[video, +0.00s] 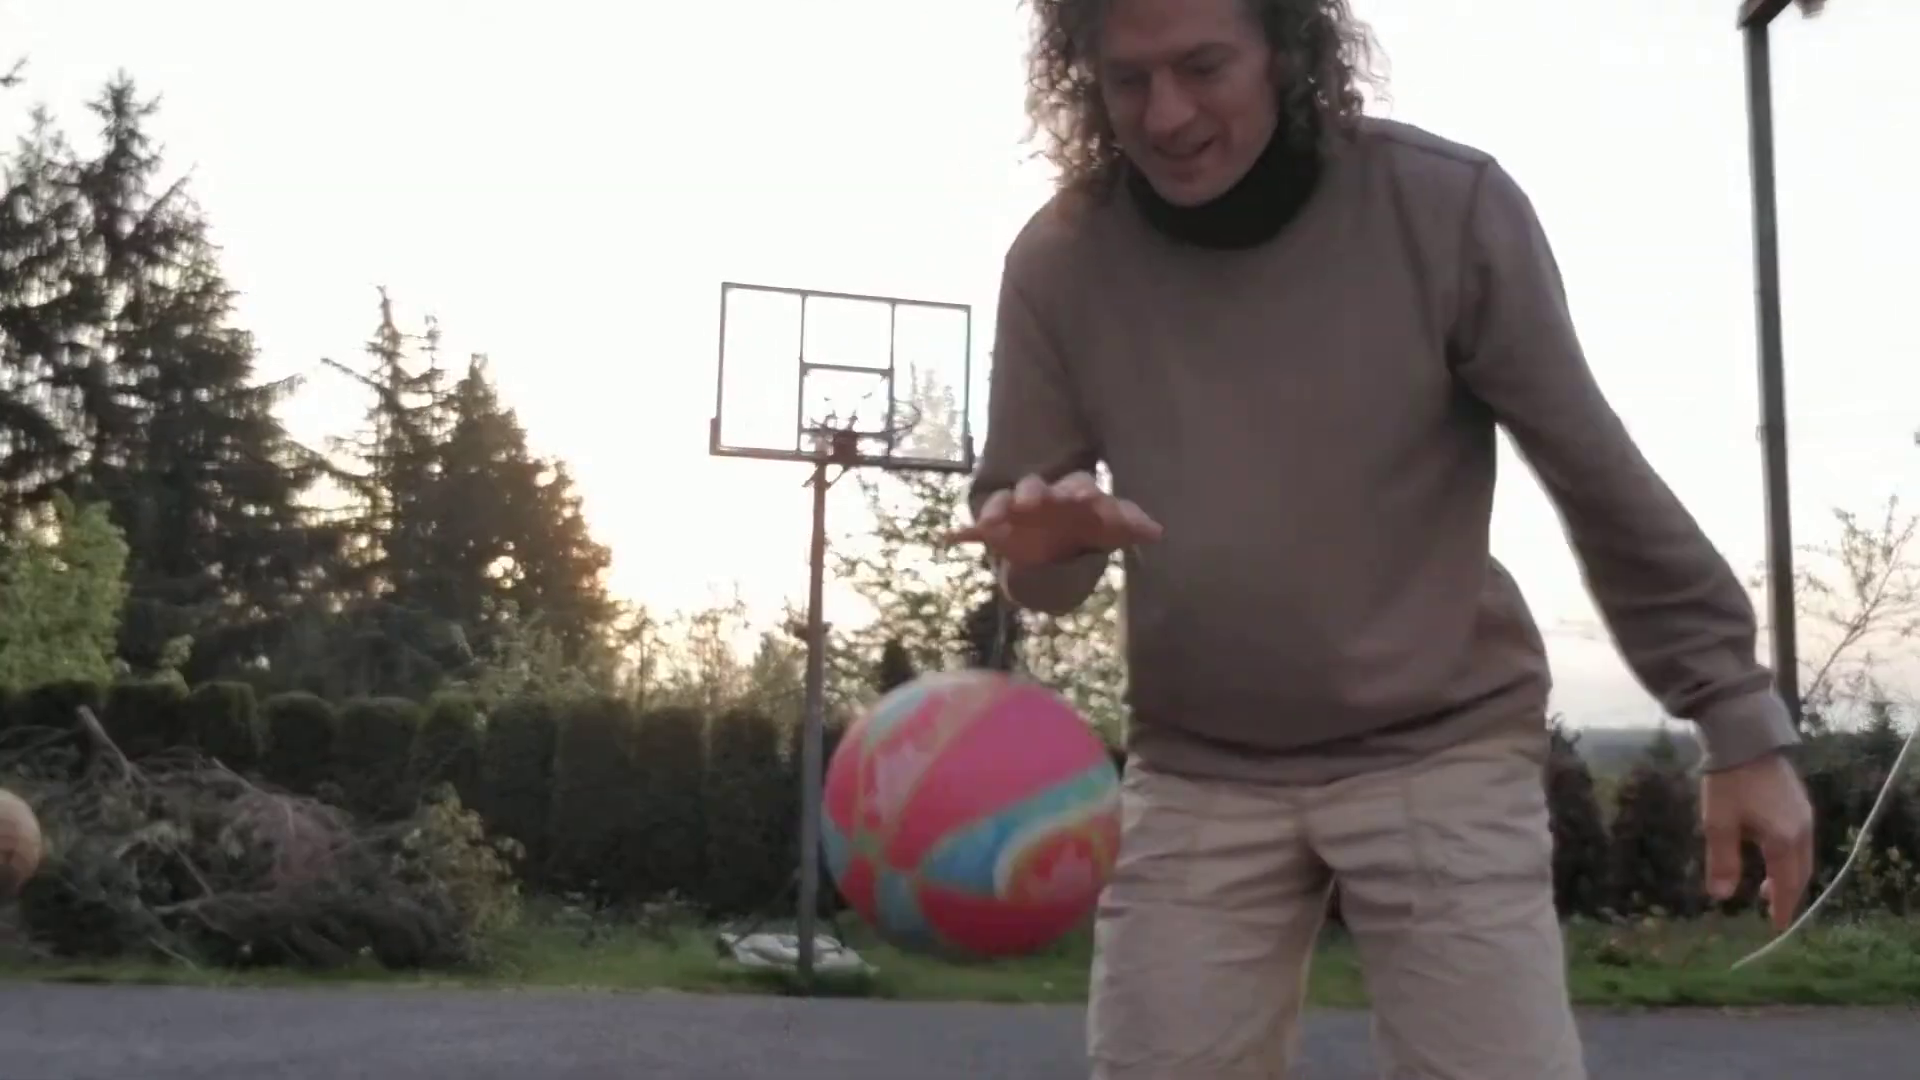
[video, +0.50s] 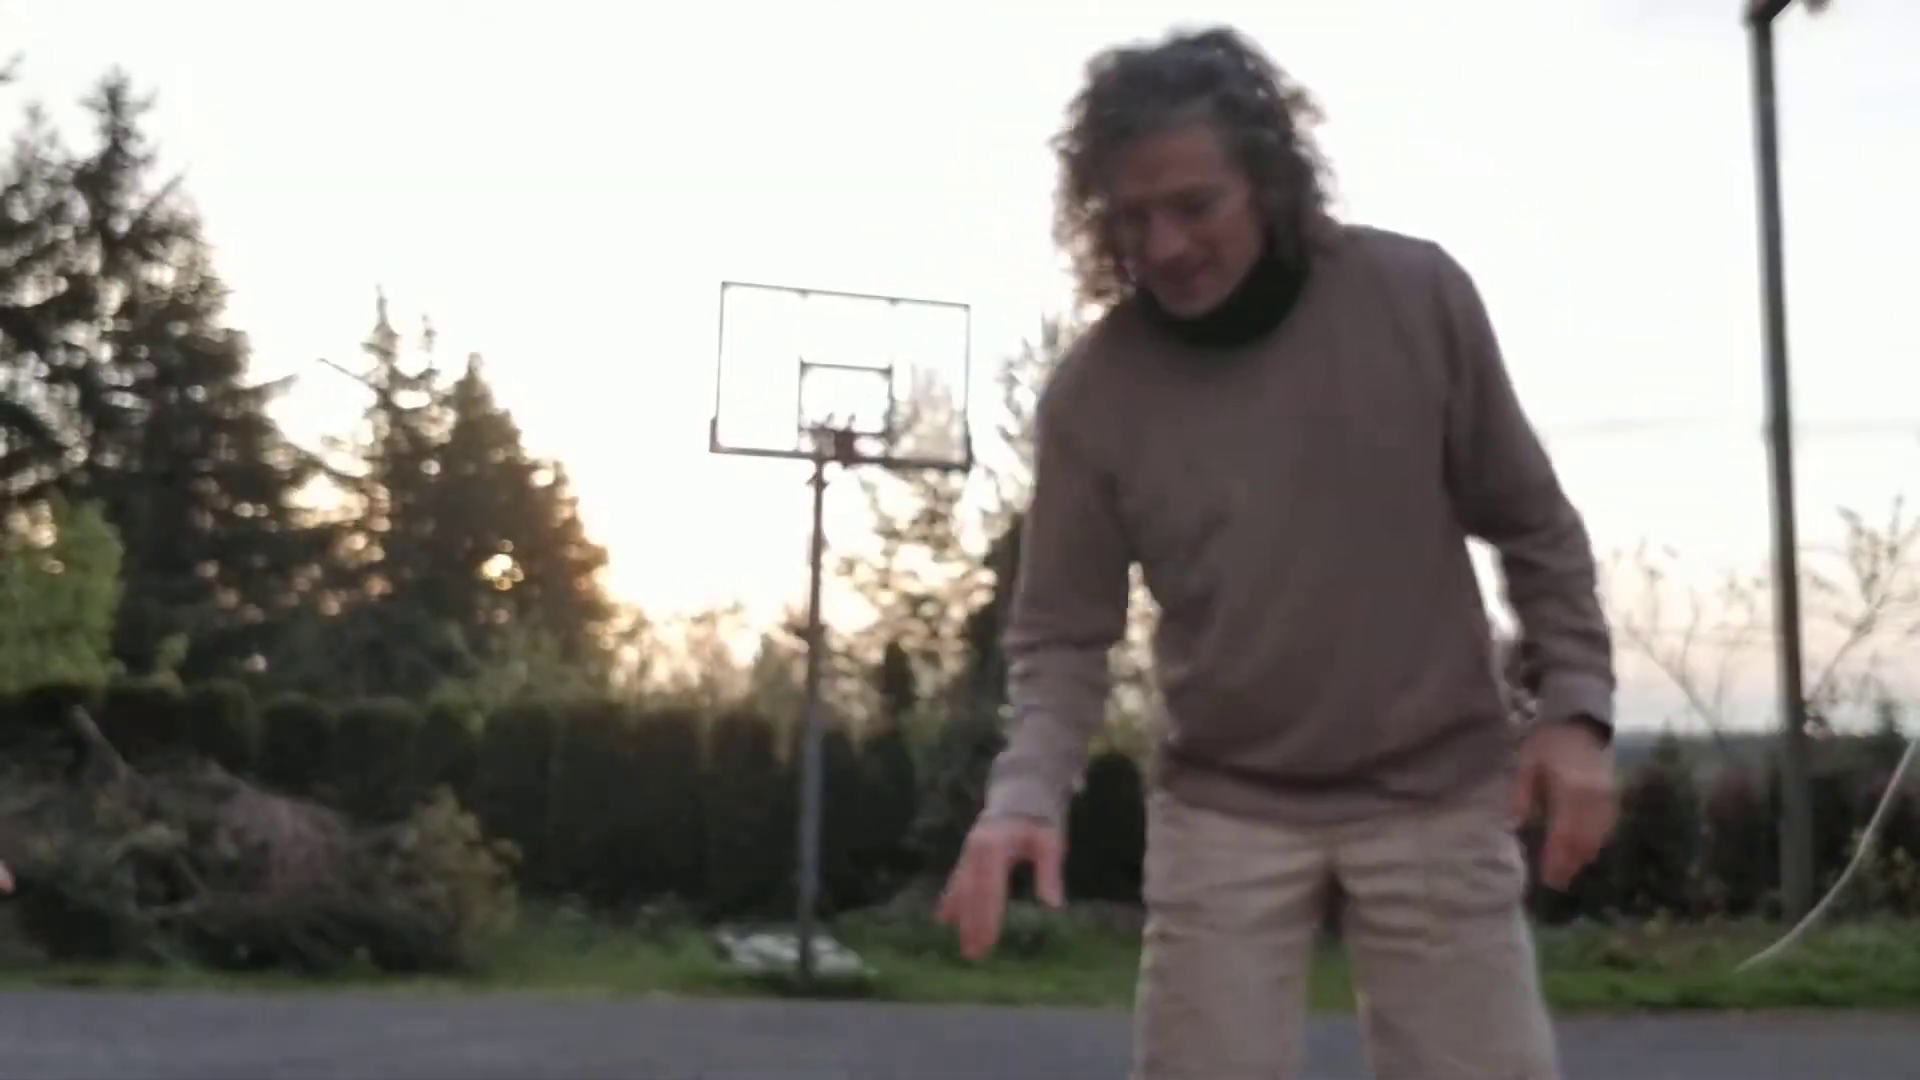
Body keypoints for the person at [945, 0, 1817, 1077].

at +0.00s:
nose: (1168, 116)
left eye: (1206, 65)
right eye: (1127, 77)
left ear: (1287, 45)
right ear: (1086, 76)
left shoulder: (1447, 211)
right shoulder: (1060, 262)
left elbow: (1602, 484)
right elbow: (1040, 585)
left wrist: (1741, 729)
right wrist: (1052, 546)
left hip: (1442, 759)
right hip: (1196, 774)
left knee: (1504, 1061)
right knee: (1153, 1058)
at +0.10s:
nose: (1199, 83)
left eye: (1230, 36)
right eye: (1155, 52)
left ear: (1299, 36)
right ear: (1113, 72)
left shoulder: (1452, 210)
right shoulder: (1069, 271)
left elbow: (1617, 465)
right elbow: (1063, 525)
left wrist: (1760, 674)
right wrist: (1011, 523)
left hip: (1442, 764)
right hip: (1195, 781)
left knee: (1510, 1060)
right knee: (1168, 1063)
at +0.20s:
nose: (1219, 88)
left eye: (1250, 42)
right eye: (1174, 57)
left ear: (1311, 47)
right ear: (1125, 81)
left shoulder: (1447, 224)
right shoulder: (1081, 304)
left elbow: (1603, 466)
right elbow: (1055, 557)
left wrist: (1741, 654)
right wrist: (994, 655)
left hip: (1445, 761)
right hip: (1205, 773)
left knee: (1513, 1067)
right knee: (1183, 1066)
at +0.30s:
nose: (1210, 132)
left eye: (1238, 90)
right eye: (1170, 104)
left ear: (1298, 91)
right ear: (1122, 127)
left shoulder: (1431, 252)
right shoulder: (1084, 336)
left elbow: (1568, 482)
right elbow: (1027, 600)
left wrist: (1686, 666)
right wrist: (944, 807)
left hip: (1446, 776)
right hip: (1217, 791)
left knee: (1511, 1064)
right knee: (1196, 1065)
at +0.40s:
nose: (1193, 186)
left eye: (1219, 143)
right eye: (1154, 160)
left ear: (1280, 135)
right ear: (1113, 179)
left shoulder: (1420, 276)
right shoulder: (1090, 365)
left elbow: (1545, 502)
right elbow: (1029, 626)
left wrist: (1631, 693)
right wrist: (973, 838)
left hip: (1446, 782)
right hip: (1226, 796)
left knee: (1512, 1066)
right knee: (1211, 1065)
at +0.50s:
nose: (1166, 246)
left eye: (1196, 206)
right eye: (1132, 216)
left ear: (1270, 181)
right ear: (1101, 216)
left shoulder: (1415, 299)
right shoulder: (1094, 395)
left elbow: (1535, 526)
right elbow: (1059, 638)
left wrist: (1575, 713)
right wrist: (1025, 802)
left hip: (1438, 800)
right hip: (1225, 813)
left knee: (1491, 1065)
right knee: (1202, 1065)